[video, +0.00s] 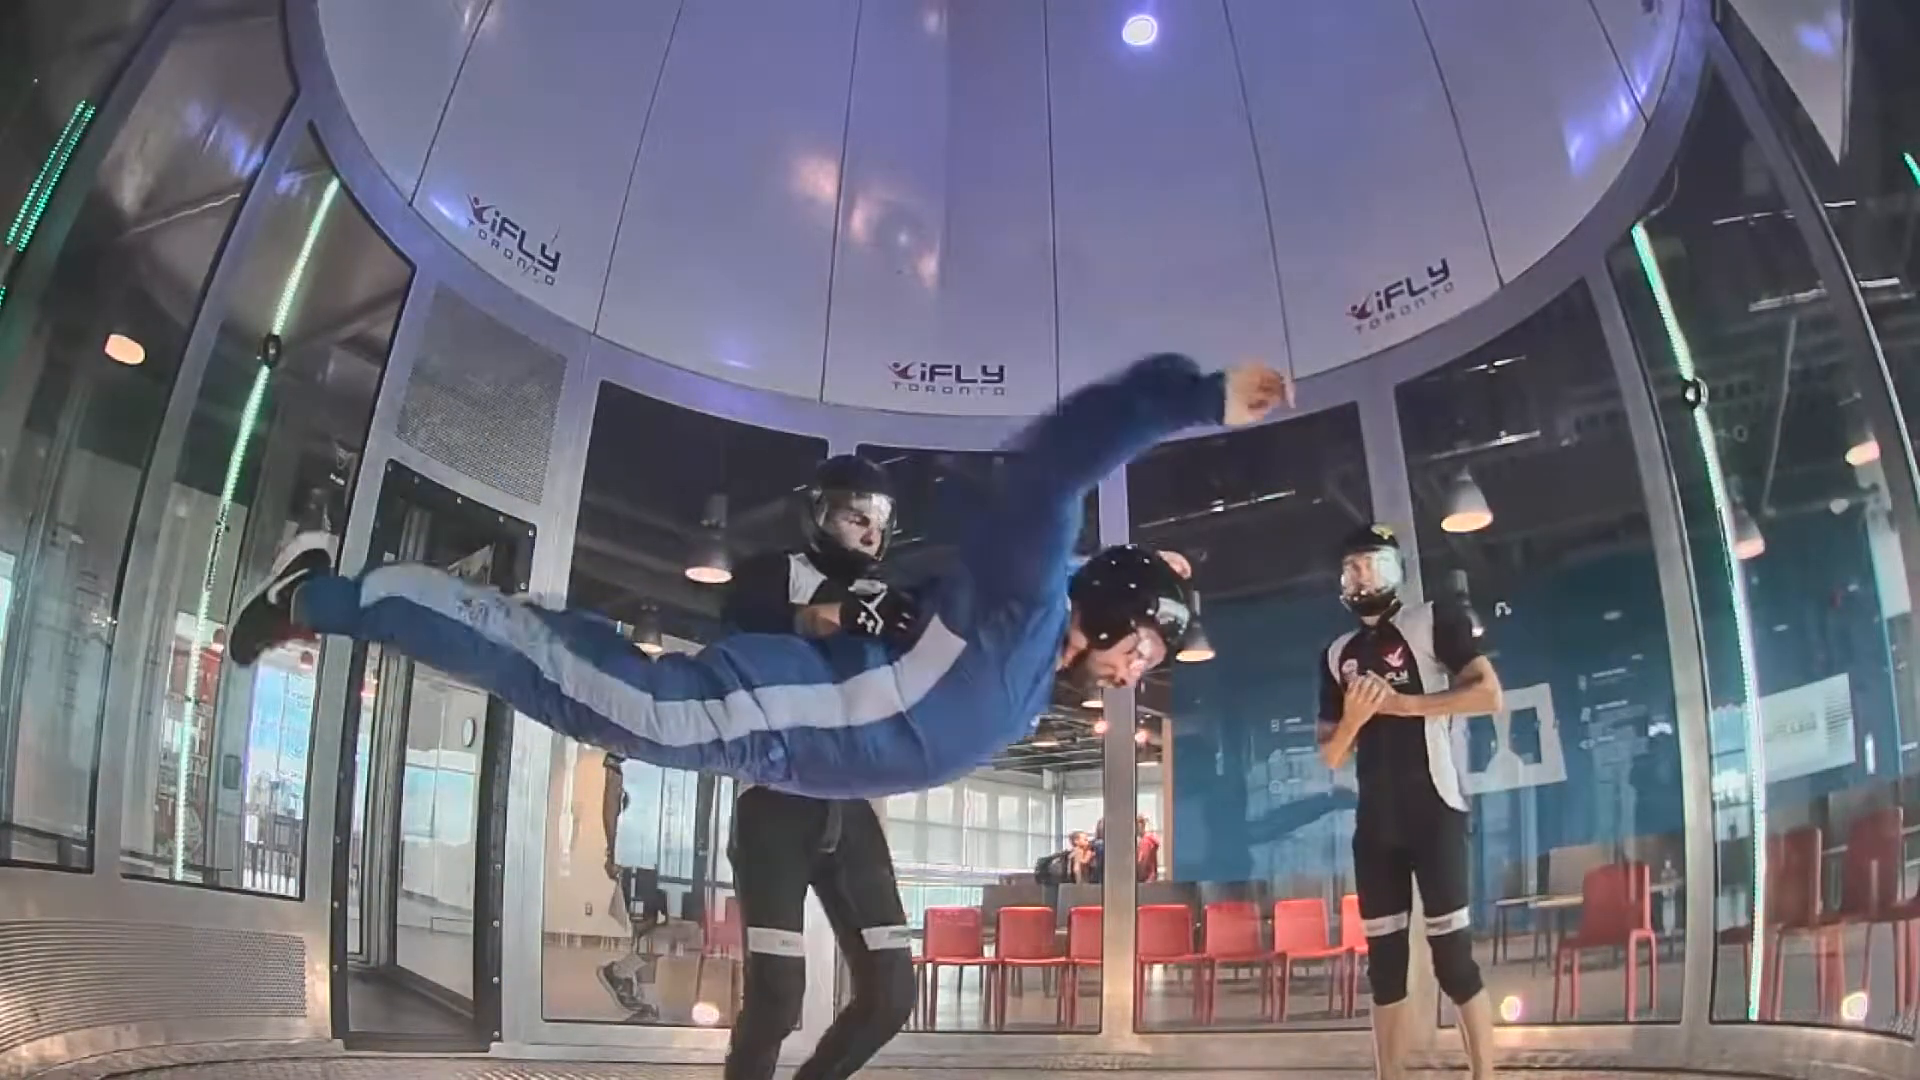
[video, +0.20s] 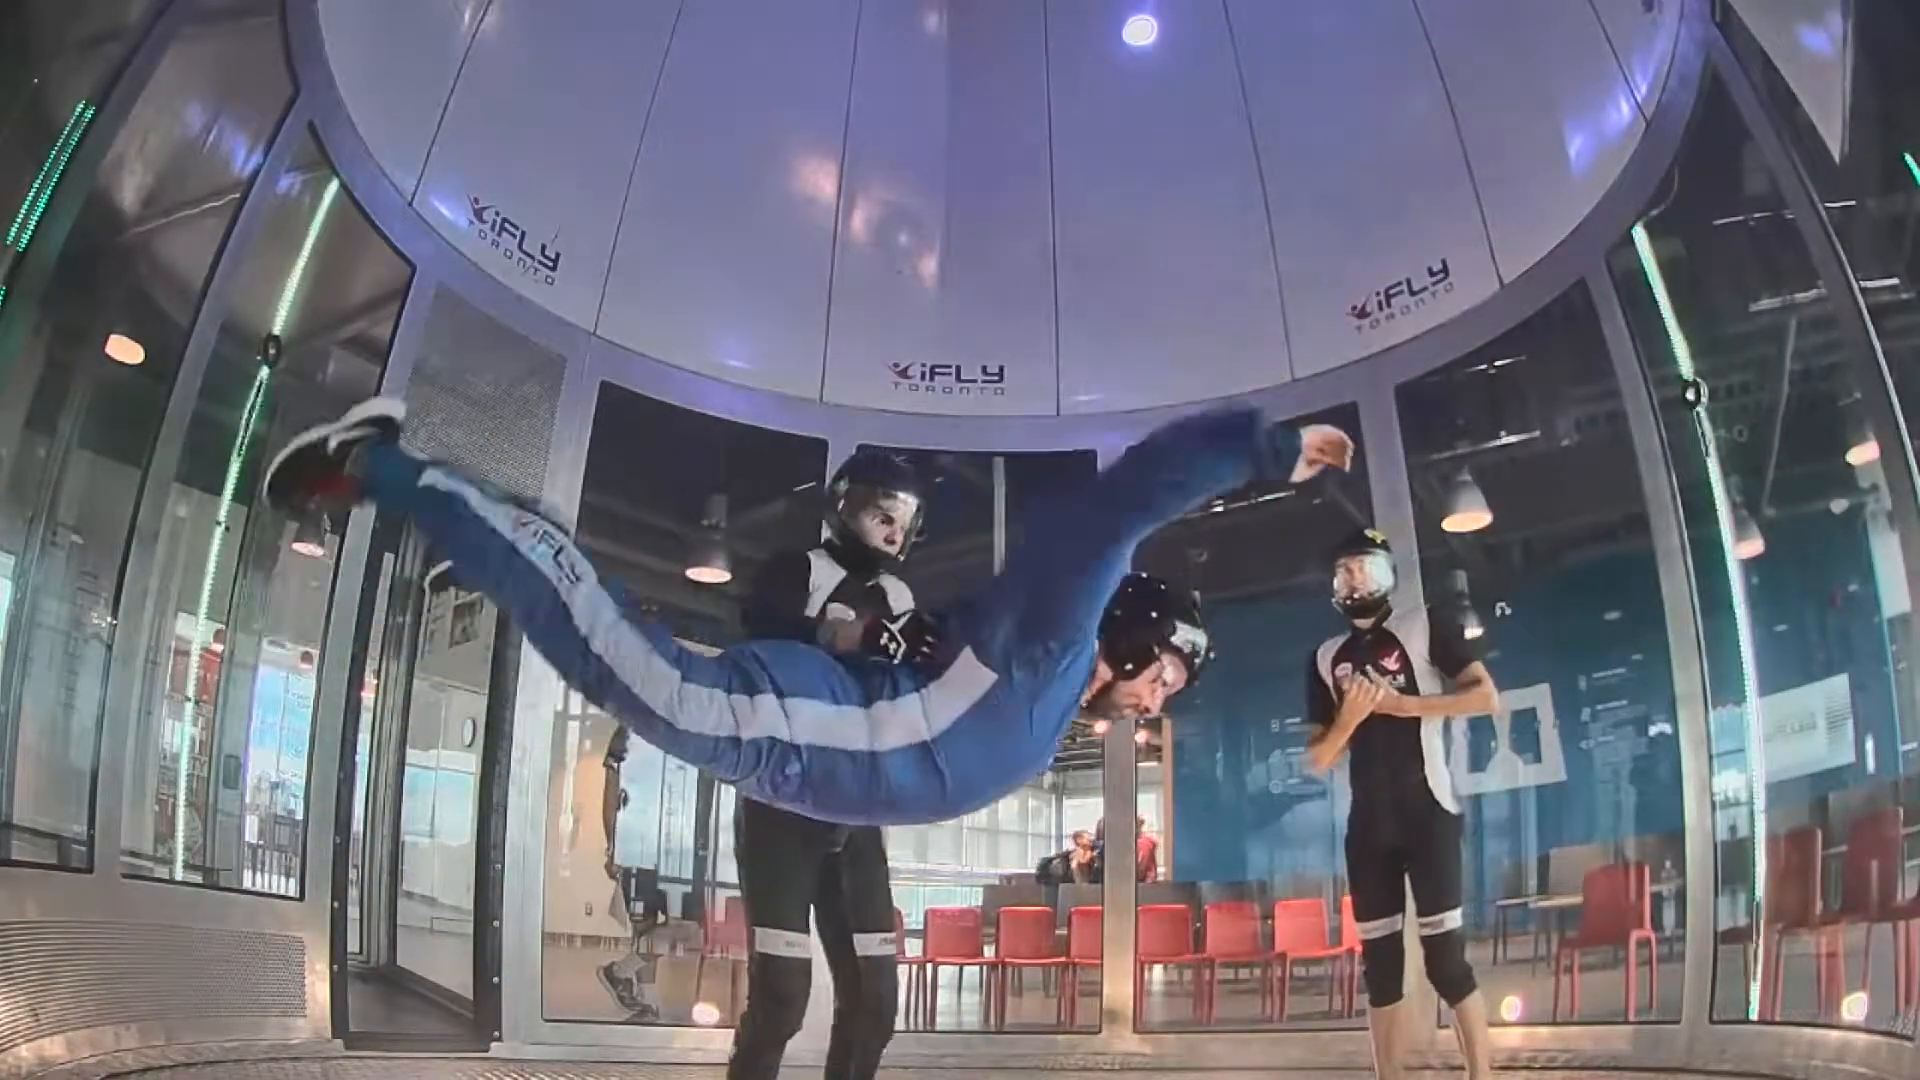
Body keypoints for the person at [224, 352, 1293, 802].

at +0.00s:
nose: (1129, 670)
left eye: (1141, 662)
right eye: (1135, 649)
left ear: (1113, 645)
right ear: (1106, 613)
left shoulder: (1021, 680)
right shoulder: (1023, 594)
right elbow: (1054, 463)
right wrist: (1201, 395)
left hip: (794, 712)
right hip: (779, 693)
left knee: (620, 677)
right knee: (597, 694)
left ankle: (419, 602)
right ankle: (340, 601)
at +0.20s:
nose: (1155, 694)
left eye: (1169, 687)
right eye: (1162, 674)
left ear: (1142, 681)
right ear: (1134, 648)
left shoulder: (1040, 712)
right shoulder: (1050, 655)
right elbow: (1121, 509)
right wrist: (1274, 448)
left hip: (778, 731)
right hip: (774, 711)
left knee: (603, 636)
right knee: (615, 654)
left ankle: (406, 475)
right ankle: (387, 472)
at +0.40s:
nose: (1170, 739)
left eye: (1183, 726)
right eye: (1180, 715)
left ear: (1147, 705)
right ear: (1152, 687)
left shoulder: (1054, 747)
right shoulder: (1064, 678)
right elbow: (1157, 540)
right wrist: (1314, 483)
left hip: (767, 734)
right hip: (770, 699)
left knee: (624, 636)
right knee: (618, 556)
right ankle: (455, 375)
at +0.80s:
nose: (1237, 745)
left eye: (1248, 749)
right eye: (1244, 732)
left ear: (1224, 754)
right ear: (1217, 713)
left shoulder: (1135, 775)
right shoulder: (1141, 718)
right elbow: (1189, 570)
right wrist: (1386, 526)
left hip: (844, 776)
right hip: (845, 743)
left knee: (715, 683)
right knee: (707, 624)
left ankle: (594, 596)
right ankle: (519, 418)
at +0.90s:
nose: (1290, 748)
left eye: (1309, 746)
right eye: (1295, 731)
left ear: (1293, 768)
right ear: (1265, 725)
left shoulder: (1182, 779)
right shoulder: (1184, 745)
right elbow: (1222, 595)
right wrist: (1417, 548)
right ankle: (541, 496)